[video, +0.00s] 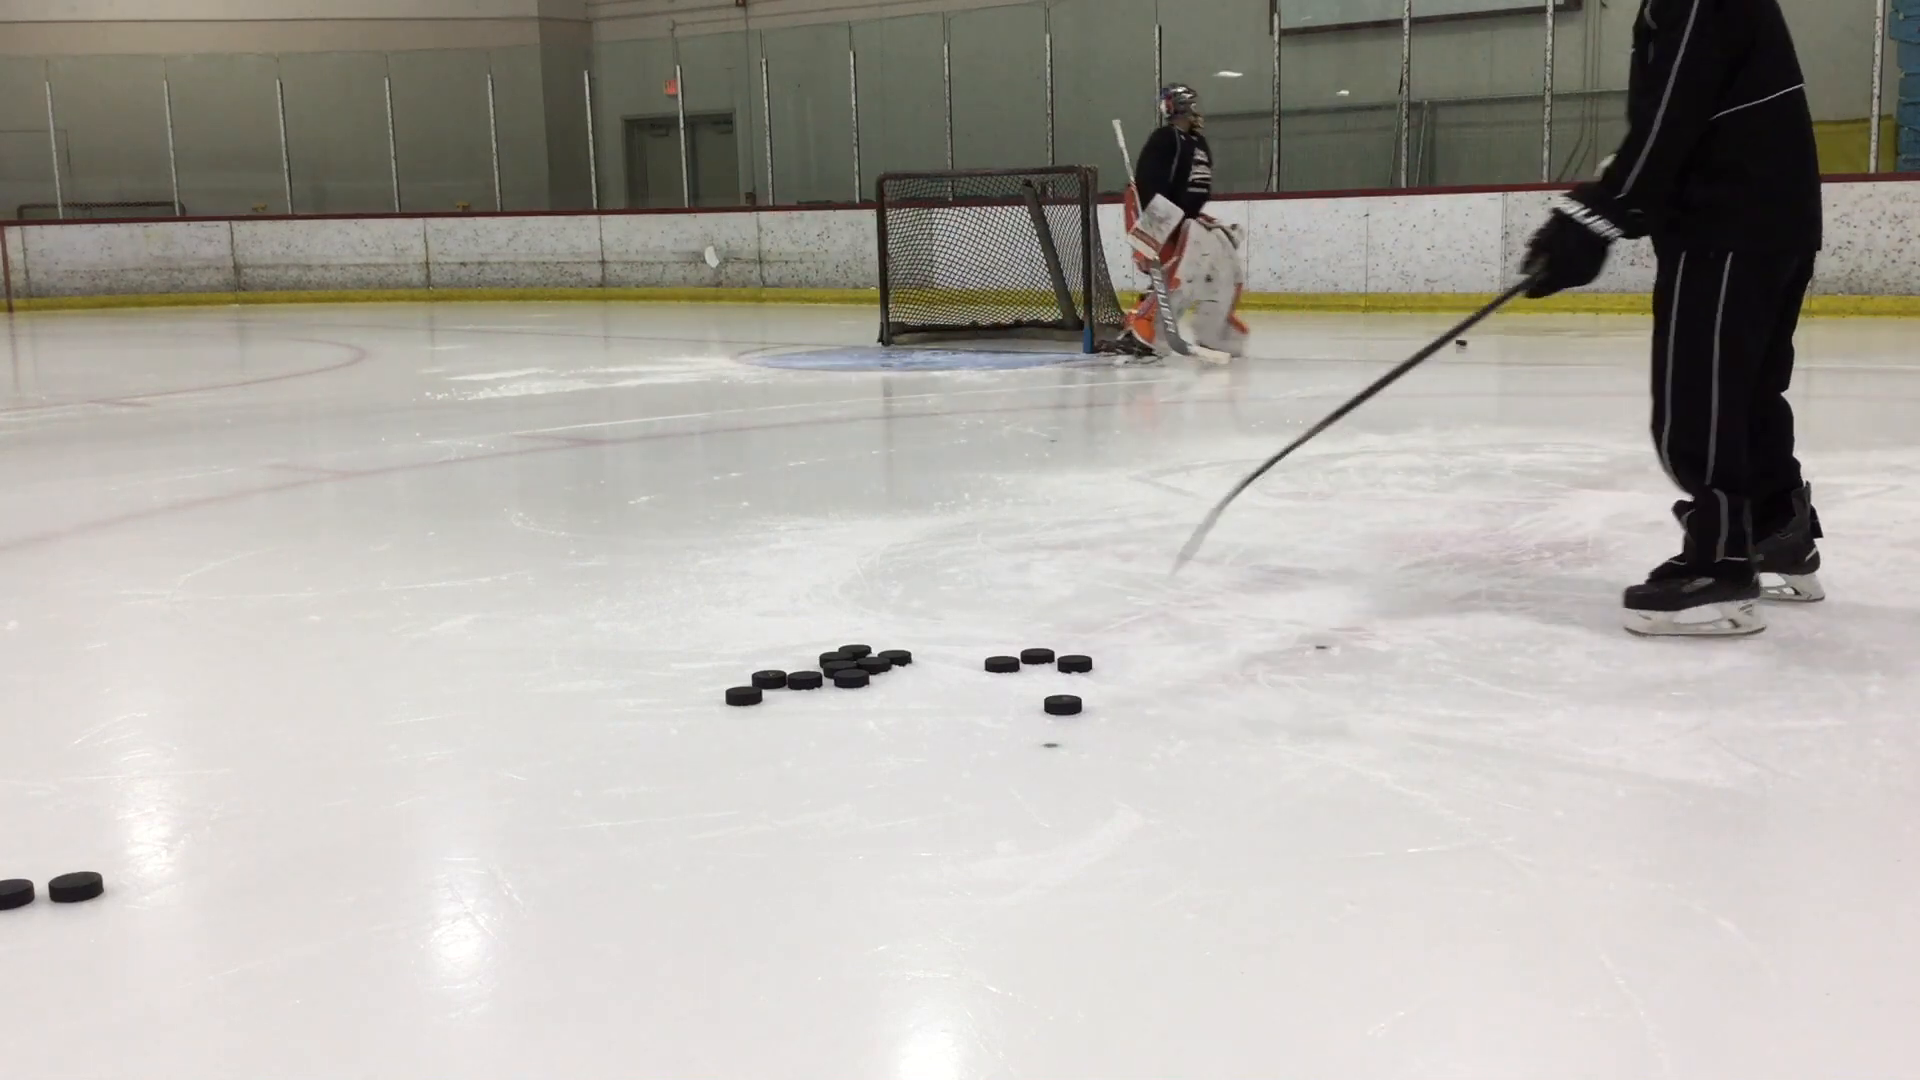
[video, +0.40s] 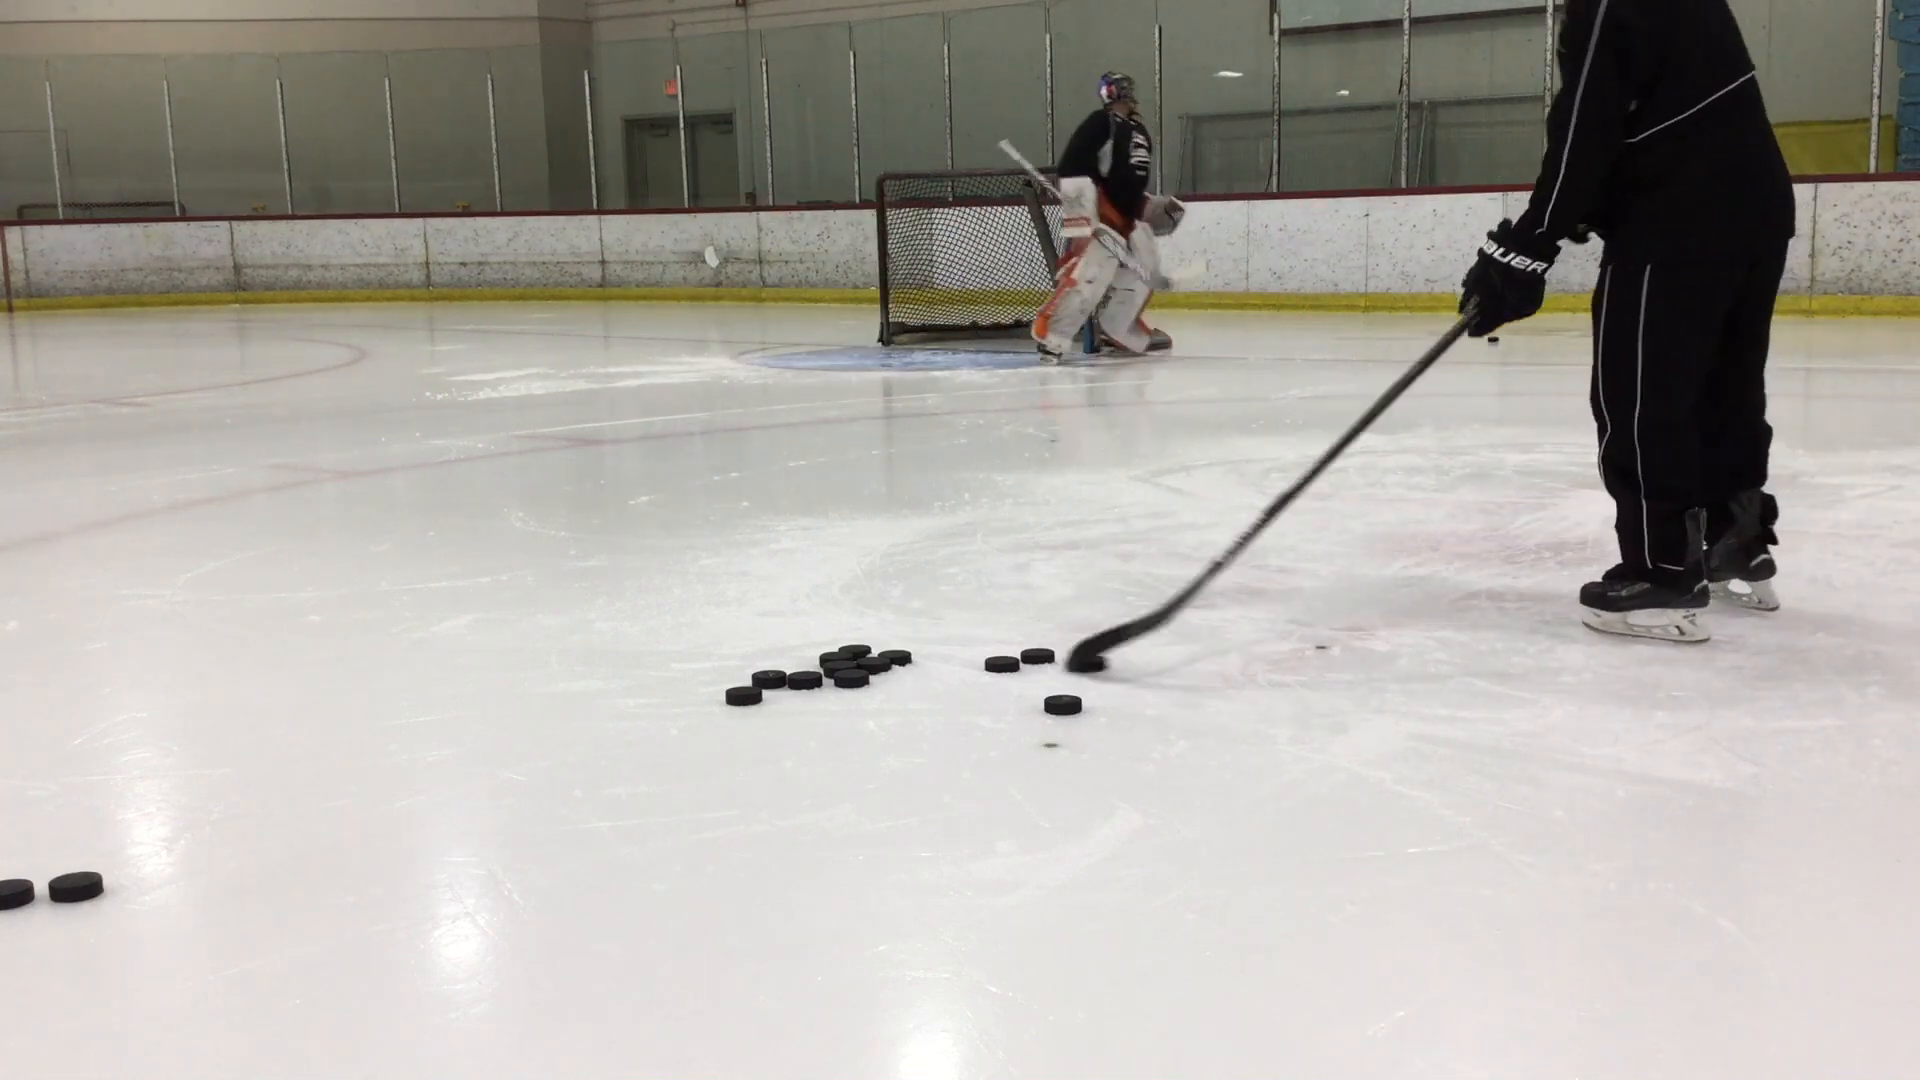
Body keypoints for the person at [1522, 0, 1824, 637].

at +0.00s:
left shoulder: (1690, 6)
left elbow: (1666, 126)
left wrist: (1591, 223)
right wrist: (1598, 216)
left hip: (1724, 228)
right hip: (1770, 220)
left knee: (1693, 400)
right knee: (1749, 387)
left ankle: (1719, 568)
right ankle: (1780, 539)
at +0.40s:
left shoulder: (1599, 7)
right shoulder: (1692, 6)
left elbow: (1583, 129)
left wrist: (1521, 250)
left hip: (1670, 221)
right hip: (1755, 205)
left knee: (1636, 394)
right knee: (1728, 385)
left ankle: (1661, 574)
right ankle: (1736, 550)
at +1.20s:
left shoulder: (1578, 10)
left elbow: (1560, 116)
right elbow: (1784, 36)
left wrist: (1562, 228)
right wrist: (1732, 114)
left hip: (1654, 212)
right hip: (1753, 200)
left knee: (1628, 390)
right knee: (1731, 380)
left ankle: (1639, 570)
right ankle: (1743, 549)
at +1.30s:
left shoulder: (1589, 6)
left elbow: (1569, 106)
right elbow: (1791, 46)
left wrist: (1569, 221)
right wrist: (1732, 125)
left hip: (1662, 209)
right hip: (1760, 200)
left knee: (1629, 388)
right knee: (1735, 380)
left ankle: (1635, 565)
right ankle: (1749, 547)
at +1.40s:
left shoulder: (1600, 8)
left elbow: (1581, 117)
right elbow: (1797, 56)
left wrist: (1577, 230)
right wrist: (1736, 131)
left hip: (1676, 213)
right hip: (1775, 206)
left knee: (1633, 390)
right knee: (1739, 385)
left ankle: (1632, 563)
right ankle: (1749, 546)